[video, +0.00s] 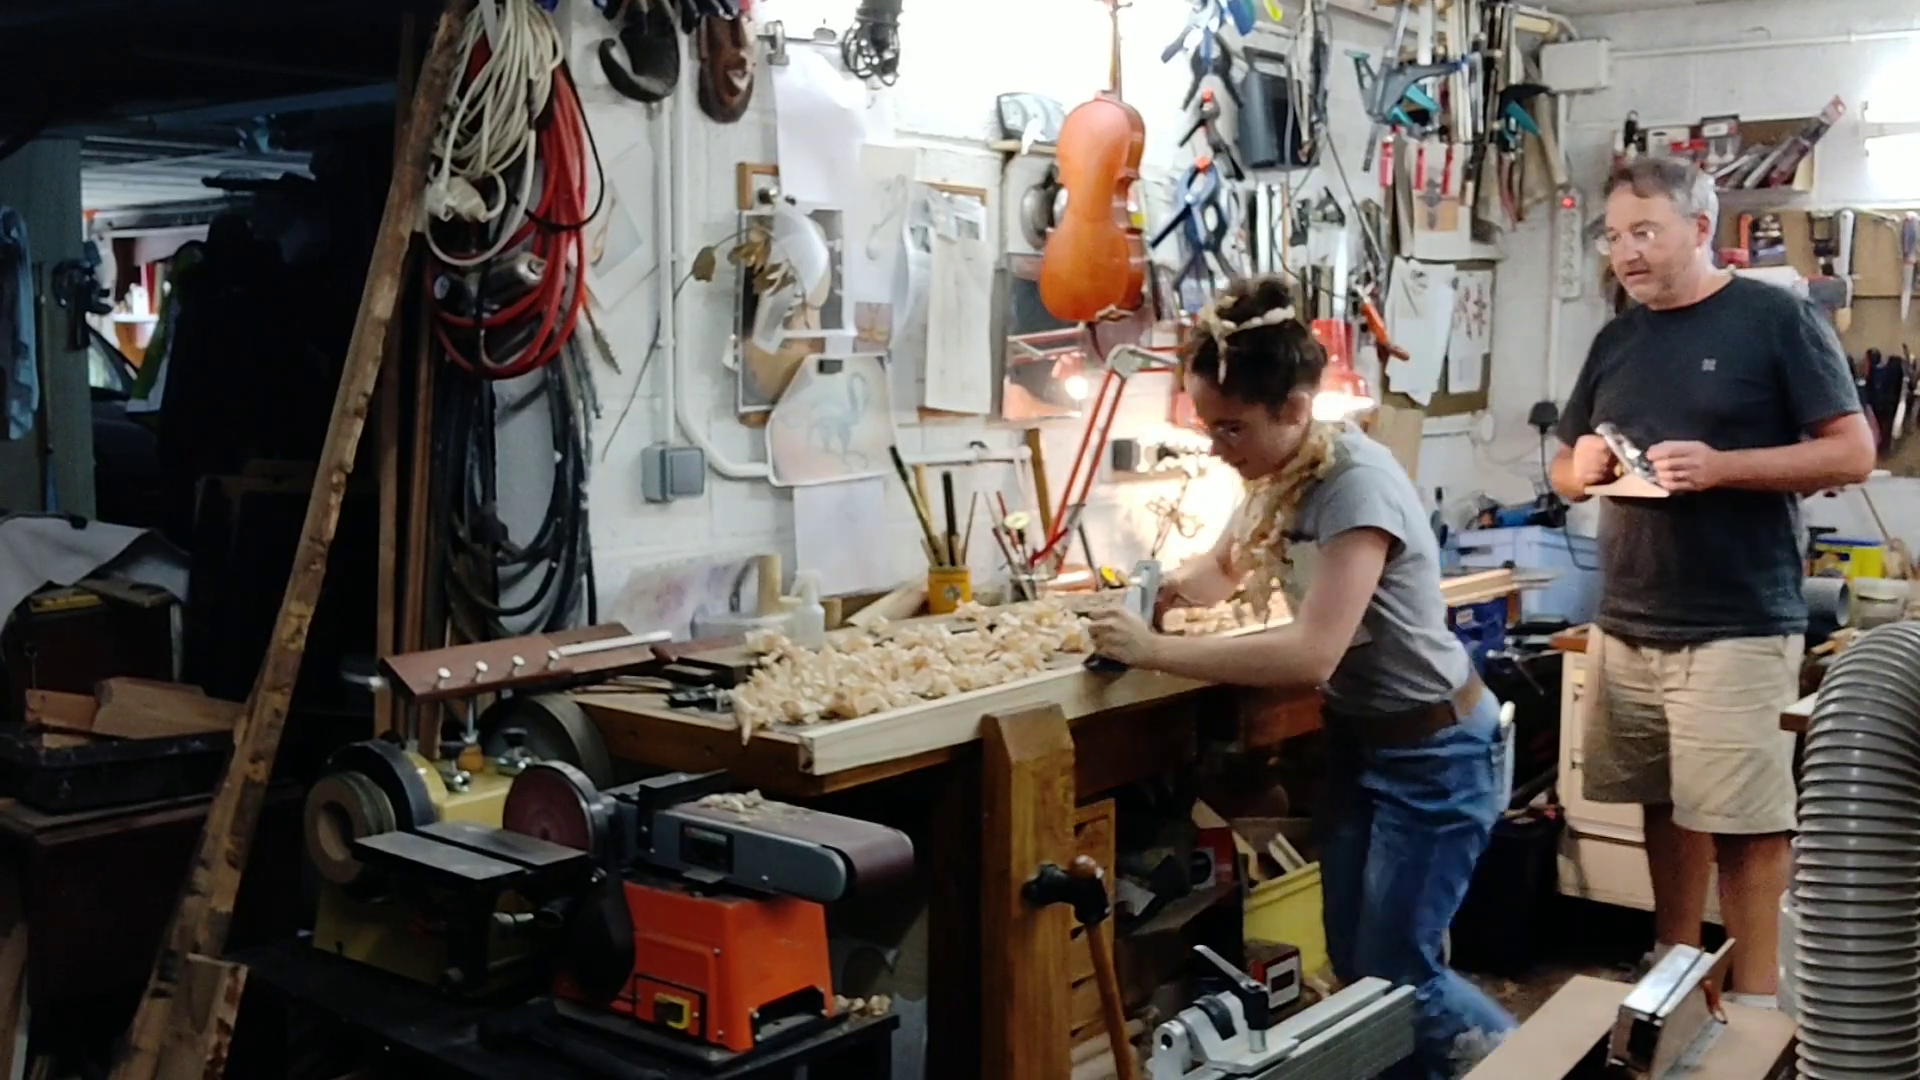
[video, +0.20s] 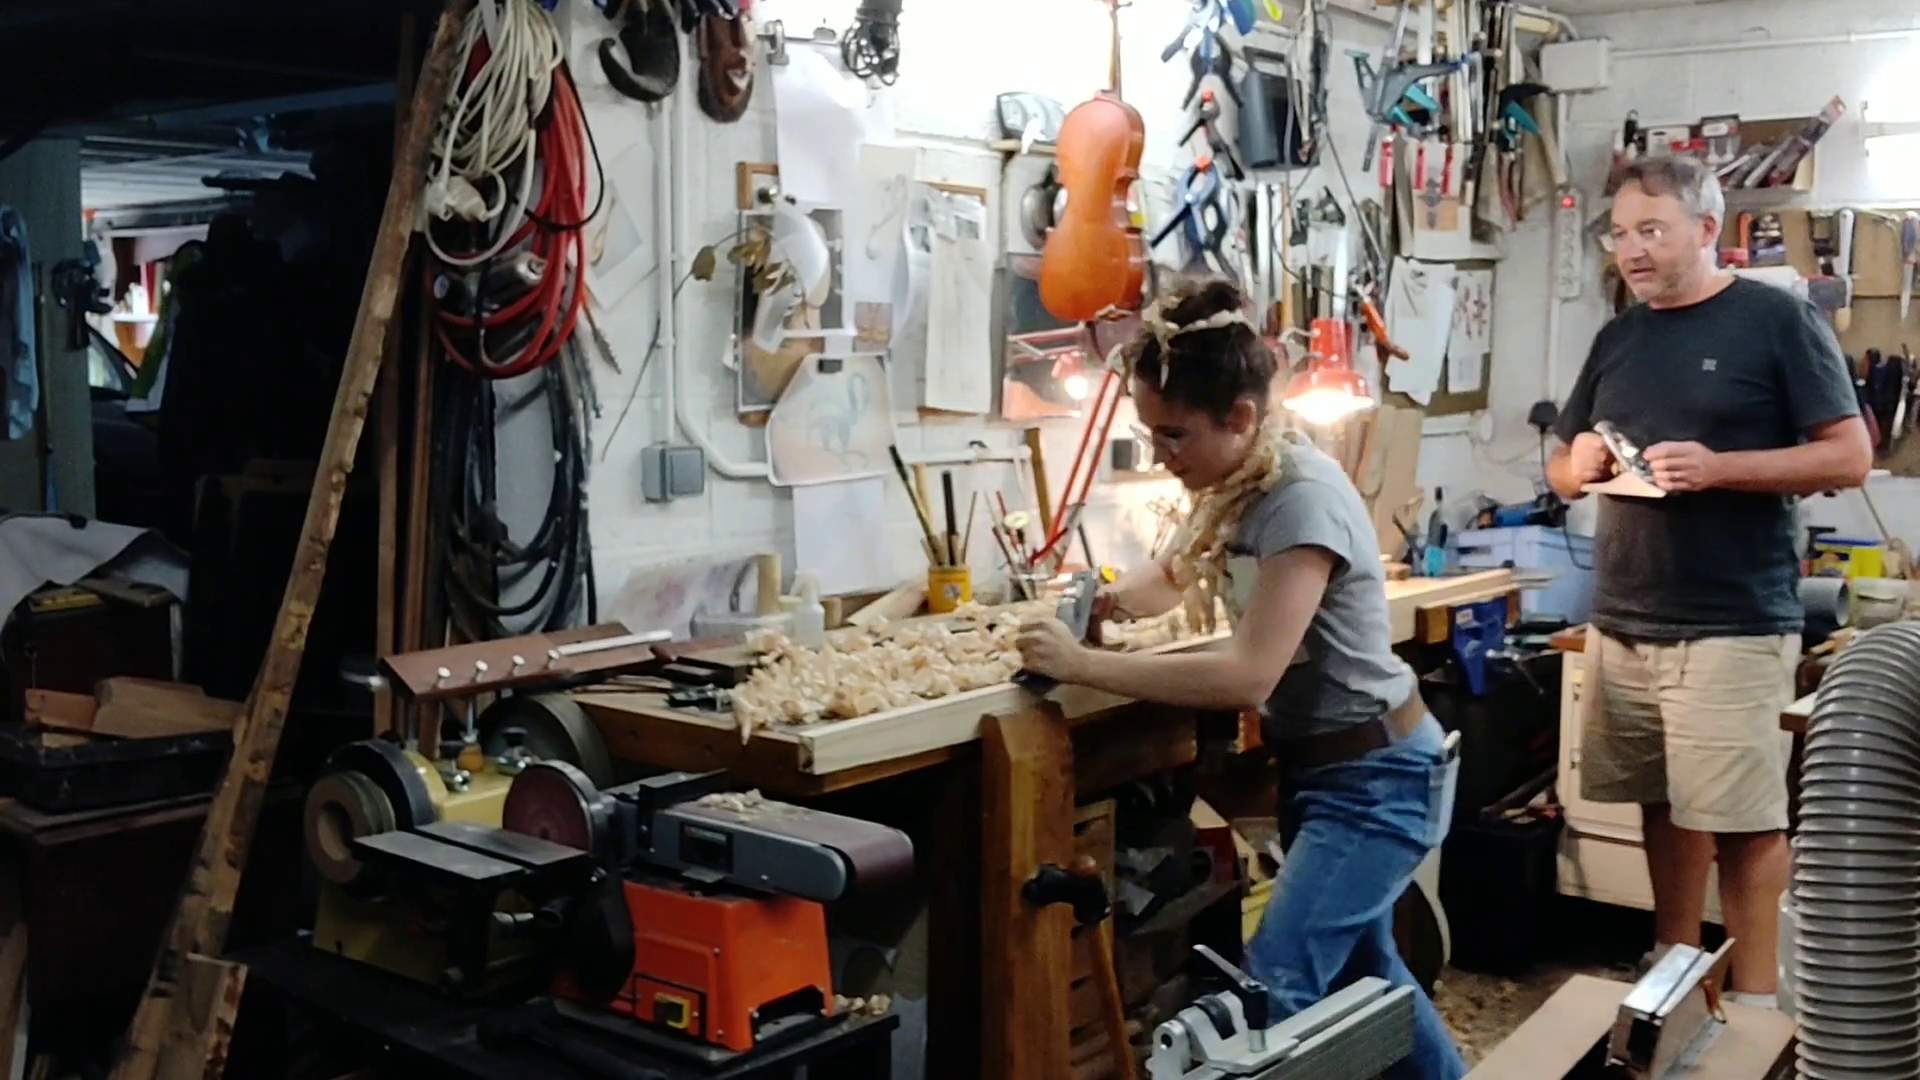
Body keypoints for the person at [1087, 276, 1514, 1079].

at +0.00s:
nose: (1217, 449)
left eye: (1231, 430)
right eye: (1208, 429)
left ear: (1295, 407)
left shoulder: (1360, 481)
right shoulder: (1283, 483)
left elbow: (1314, 652)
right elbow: (1221, 572)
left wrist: (1162, 652)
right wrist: (1144, 597)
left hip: (1439, 752)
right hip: (1362, 745)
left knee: (1395, 971)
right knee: (1353, 962)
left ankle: (1523, 1061)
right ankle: (1452, 1062)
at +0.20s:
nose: (1158, 457)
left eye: (1172, 438)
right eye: (1150, 437)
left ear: (1242, 416)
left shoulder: (1304, 497)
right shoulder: (1242, 492)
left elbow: (1249, 677)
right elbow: (1176, 578)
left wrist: (1084, 661)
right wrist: (1099, 598)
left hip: (1376, 777)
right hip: (1318, 774)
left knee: (1278, 977)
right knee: (1375, 979)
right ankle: (1444, 1074)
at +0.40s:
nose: (1089, 455)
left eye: (1103, 434)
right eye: (1083, 434)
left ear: (1175, 412)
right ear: (1167, 416)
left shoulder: (1248, 504)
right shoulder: (1195, 490)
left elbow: (1178, 696)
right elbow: (1140, 586)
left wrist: (1005, 680)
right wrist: (1043, 609)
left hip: (1327, 802)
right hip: (1297, 795)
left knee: (1182, 1028)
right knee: (1346, 1017)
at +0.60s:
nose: (1050, 434)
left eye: (1059, 413)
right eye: (1045, 415)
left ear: (1134, 395)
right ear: (1131, 396)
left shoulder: (1208, 493)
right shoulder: (1153, 475)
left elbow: (1103, 697)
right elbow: (1078, 590)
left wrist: (915, 696)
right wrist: (986, 625)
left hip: (1322, 783)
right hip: (1281, 776)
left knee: (1200, 1032)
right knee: (1351, 1012)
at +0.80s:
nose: (1074, 388)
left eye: (1089, 369)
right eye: (1075, 367)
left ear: (1164, 372)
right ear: (1160, 372)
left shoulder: (1202, 487)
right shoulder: (1154, 466)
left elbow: (1022, 641)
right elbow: (1030, 583)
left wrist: (832, 697)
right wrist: (914, 636)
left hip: (1322, 788)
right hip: (1351, 762)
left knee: (1220, 1043)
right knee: (1360, 1028)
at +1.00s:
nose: (1122, 351)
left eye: (1133, 330)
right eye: (1122, 328)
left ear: (1193, 338)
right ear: (1211, 340)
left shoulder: (1240, 463)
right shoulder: (1276, 440)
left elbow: (1125, 661)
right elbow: (1172, 600)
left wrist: (947, 617)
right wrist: (1038, 594)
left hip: (1317, 783)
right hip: (1400, 755)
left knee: (1232, 1045)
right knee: (1374, 1034)